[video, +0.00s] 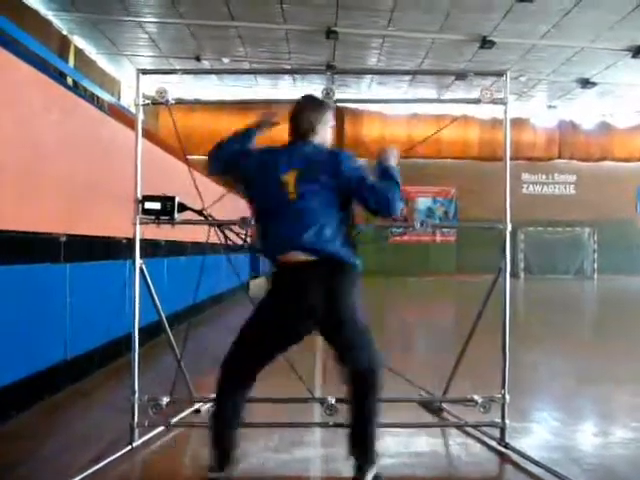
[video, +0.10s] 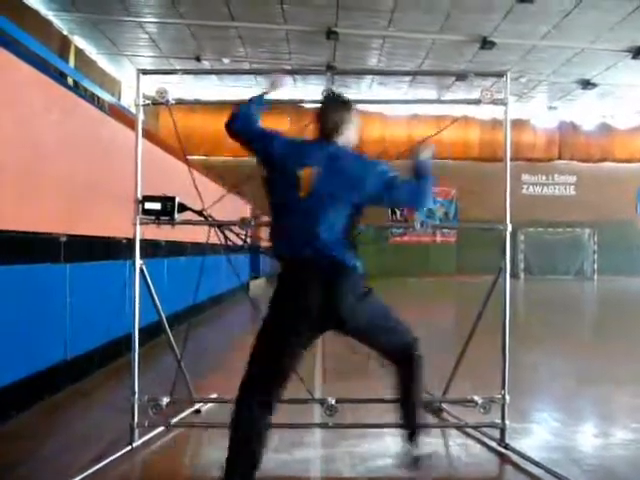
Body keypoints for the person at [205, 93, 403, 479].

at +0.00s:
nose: (333, 131)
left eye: (331, 126)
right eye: (331, 126)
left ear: (291, 127)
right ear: (325, 128)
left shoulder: (263, 163)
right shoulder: (336, 163)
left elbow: (219, 159)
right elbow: (388, 204)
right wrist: (388, 168)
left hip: (289, 286)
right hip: (335, 284)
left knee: (237, 368)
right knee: (365, 366)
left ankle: (222, 462)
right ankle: (365, 466)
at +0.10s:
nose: (358, 131)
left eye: (355, 124)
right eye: (356, 124)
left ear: (318, 124)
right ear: (349, 128)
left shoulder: (283, 153)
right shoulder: (358, 169)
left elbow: (239, 125)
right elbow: (417, 197)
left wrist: (268, 92)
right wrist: (423, 163)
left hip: (293, 292)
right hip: (343, 293)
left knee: (258, 391)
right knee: (405, 348)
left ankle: (238, 474)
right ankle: (413, 447)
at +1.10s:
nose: (330, 128)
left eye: (327, 122)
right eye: (329, 123)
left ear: (291, 126)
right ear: (326, 125)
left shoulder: (265, 169)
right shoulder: (346, 162)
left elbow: (221, 187)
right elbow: (400, 200)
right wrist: (402, 166)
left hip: (300, 291)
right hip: (349, 287)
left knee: (242, 375)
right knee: (370, 386)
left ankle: (232, 470)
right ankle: (374, 472)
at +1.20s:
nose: (363, 129)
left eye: (361, 123)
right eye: (360, 123)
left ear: (322, 124)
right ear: (353, 125)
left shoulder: (287, 151)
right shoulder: (366, 163)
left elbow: (243, 129)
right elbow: (428, 187)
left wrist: (260, 102)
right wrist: (424, 156)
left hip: (308, 290)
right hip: (358, 287)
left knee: (265, 388)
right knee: (421, 348)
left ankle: (239, 472)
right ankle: (424, 445)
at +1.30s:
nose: (388, 129)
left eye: (379, 123)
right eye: (387, 124)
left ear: (356, 126)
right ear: (389, 127)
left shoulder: (324, 153)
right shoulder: (404, 160)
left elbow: (261, 155)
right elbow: (453, 155)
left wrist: (245, 131)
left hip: (322, 290)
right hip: (373, 291)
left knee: (266, 378)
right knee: (432, 356)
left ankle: (210, 463)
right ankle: (468, 445)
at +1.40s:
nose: (410, 140)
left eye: (406, 134)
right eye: (408, 134)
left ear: (377, 142)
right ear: (407, 141)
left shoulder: (355, 176)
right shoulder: (427, 169)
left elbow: (318, 214)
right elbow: (457, 137)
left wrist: (272, 205)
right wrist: (482, 105)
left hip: (346, 297)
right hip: (395, 302)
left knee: (280, 381)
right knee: (448, 384)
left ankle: (207, 464)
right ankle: (475, 467)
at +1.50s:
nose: (382, 142)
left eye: (374, 137)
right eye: (389, 135)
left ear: (367, 141)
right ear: (398, 140)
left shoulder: (355, 181)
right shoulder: (429, 181)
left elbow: (328, 234)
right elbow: (467, 193)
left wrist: (290, 219)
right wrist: (470, 159)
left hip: (358, 302)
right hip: (407, 305)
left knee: (296, 381)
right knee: (455, 380)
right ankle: (477, 466)